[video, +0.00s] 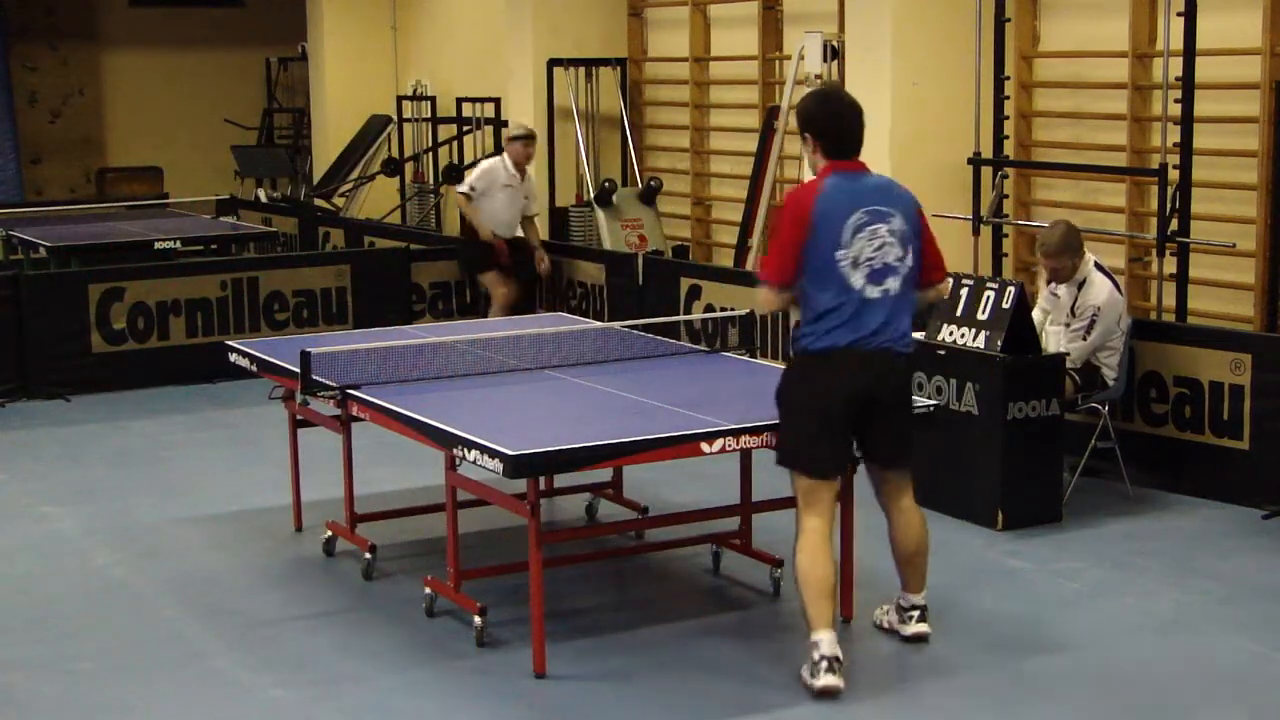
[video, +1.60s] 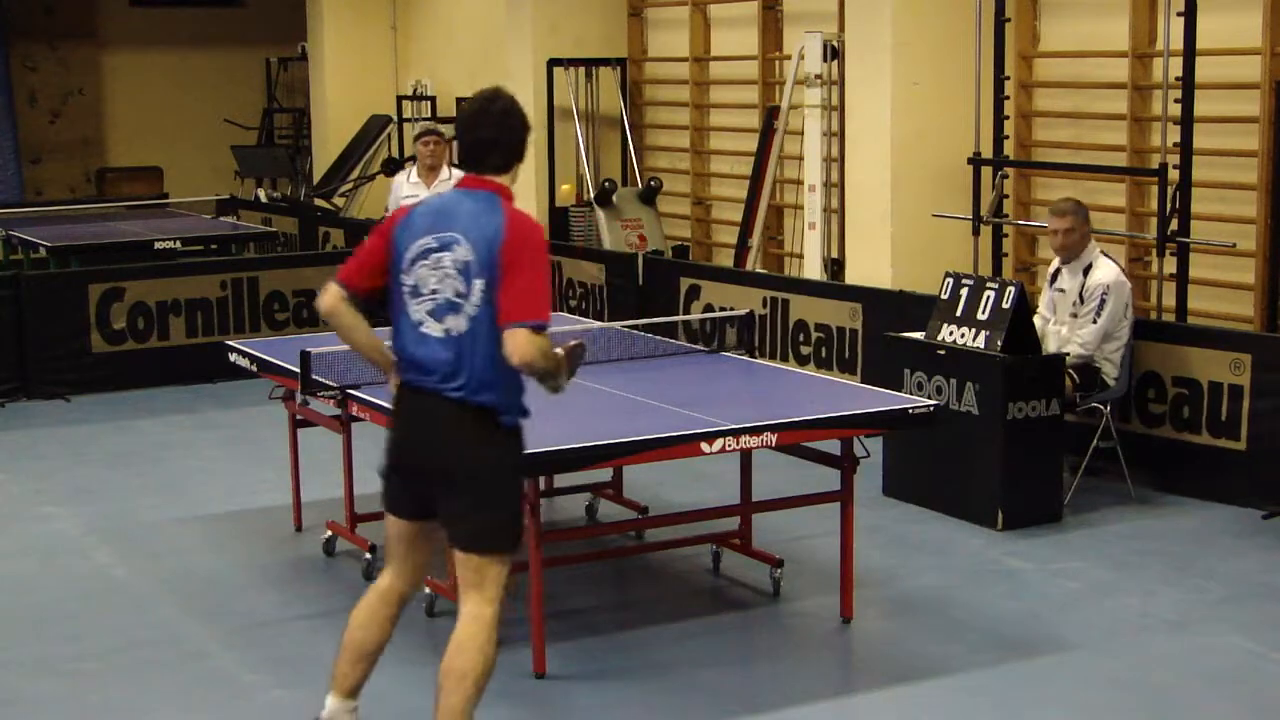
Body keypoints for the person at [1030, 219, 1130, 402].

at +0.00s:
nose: (1049, 275)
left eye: (1056, 270)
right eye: (1046, 268)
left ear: (1077, 261)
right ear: (1042, 258)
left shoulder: (1100, 296)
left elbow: (1071, 358)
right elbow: (1039, 318)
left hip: (1095, 371)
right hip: (1056, 358)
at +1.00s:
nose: (1041, 273)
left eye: (1047, 267)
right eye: (1038, 266)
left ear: (1069, 257)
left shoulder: (1097, 293)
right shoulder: (1059, 270)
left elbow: (1075, 350)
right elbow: (1045, 316)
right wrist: (1014, 336)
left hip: (1105, 368)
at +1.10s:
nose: (1035, 264)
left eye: (1039, 259)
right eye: (1035, 259)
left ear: (1063, 253)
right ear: (1062, 253)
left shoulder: (1098, 292)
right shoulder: (1060, 271)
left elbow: (1076, 351)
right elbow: (1041, 321)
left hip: (1103, 369)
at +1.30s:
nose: (1032, 248)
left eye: (1037, 242)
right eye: (1033, 241)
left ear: (1059, 248)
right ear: (1059, 248)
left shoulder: (1099, 289)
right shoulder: (1057, 267)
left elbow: (1076, 351)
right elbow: (1044, 313)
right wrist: (1016, 339)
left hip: (1100, 370)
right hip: (1065, 356)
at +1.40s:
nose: (1034, 246)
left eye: (1040, 241)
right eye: (1035, 239)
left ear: (1064, 243)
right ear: (1063, 244)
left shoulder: (1101, 287)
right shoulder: (1058, 267)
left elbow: (1076, 351)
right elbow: (1043, 316)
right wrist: (1013, 340)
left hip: (1097, 372)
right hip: (1064, 356)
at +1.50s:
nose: (1044, 246)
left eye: (1051, 238)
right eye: (1043, 238)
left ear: (1076, 238)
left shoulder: (1103, 282)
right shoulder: (1058, 268)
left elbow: (1079, 348)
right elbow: (1043, 318)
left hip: (1096, 373)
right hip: (1060, 360)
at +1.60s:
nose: (1060, 242)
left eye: (1068, 232)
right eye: (1054, 233)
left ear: (1086, 230)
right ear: (1048, 234)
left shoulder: (1108, 279)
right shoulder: (1056, 267)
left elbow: (1085, 347)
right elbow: (1042, 318)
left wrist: (1044, 370)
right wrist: (1018, 349)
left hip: (1096, 373)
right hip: (1056, 361)